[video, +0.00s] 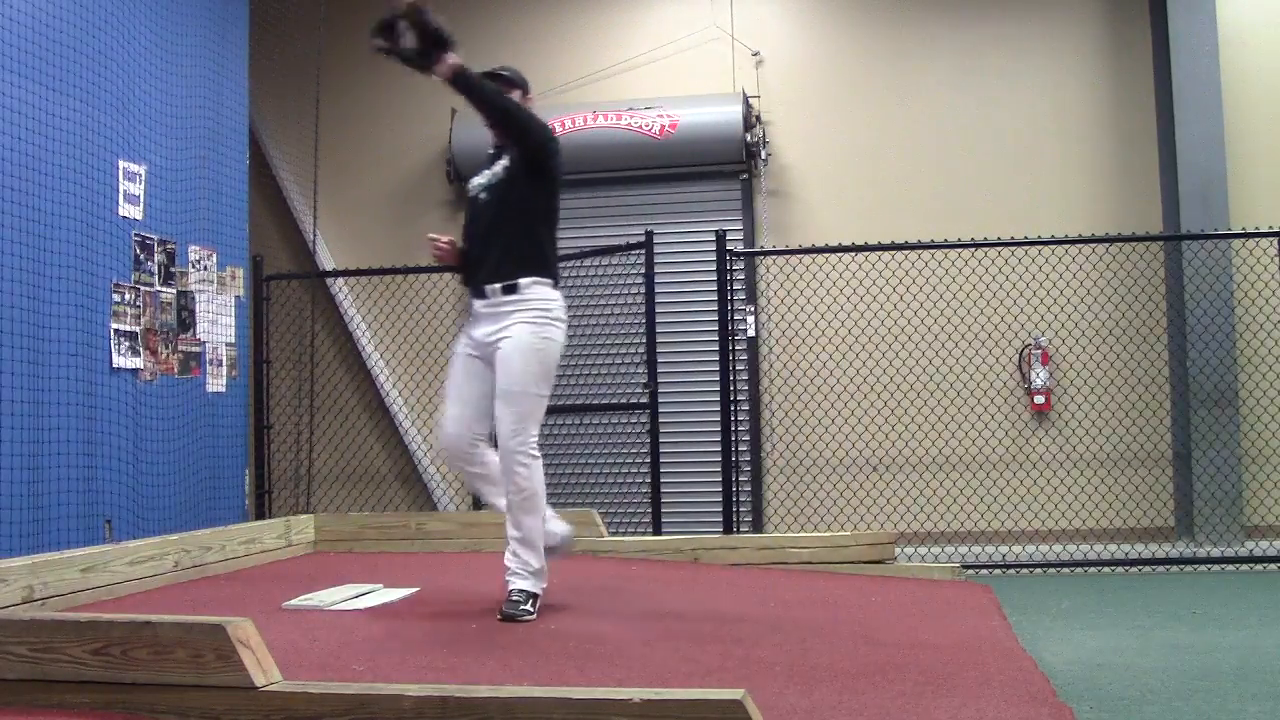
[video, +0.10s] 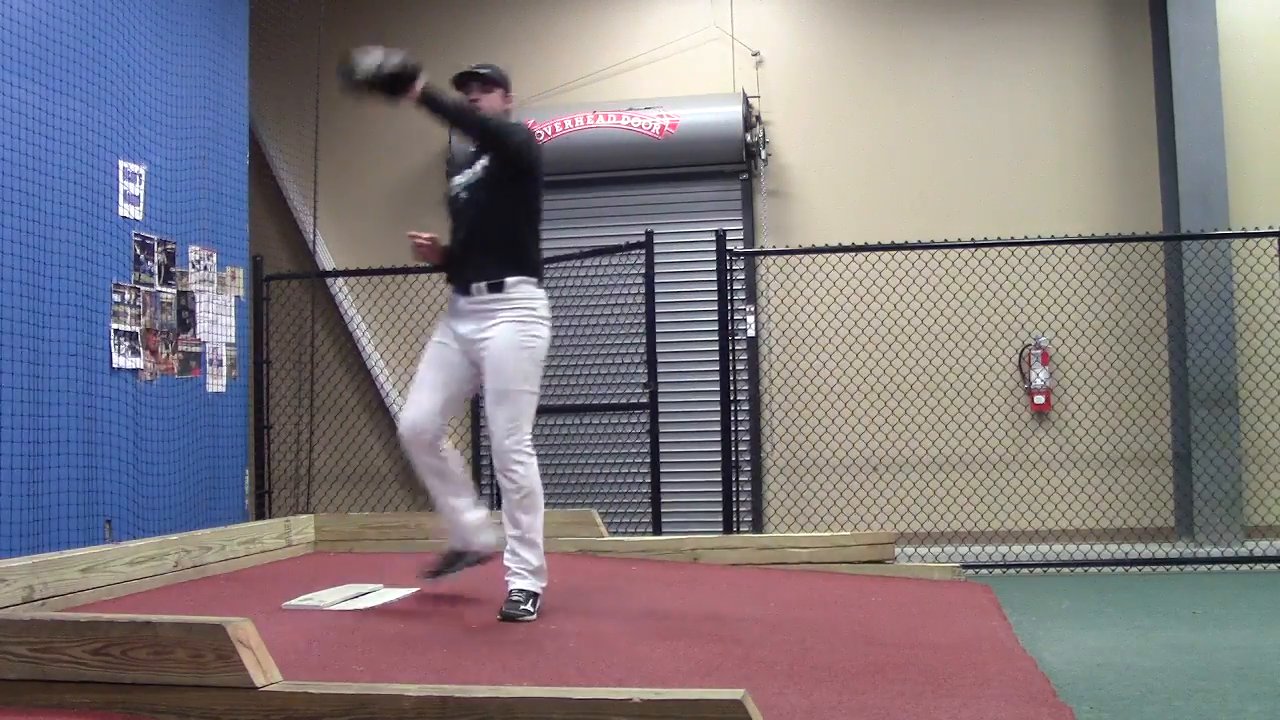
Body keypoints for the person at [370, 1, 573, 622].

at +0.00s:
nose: (497, 110)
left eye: (506, 99)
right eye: (488, 102)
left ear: (528, 102)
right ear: (479, 111)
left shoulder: (543, 152)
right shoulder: (482, 179)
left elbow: (509, 115)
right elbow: (492, 256)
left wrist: (447, 67)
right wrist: (459, 256)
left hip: (529, 312)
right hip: (480, 318)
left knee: (517, 444)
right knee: (457, 439)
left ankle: (524, 580)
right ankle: (546, 528)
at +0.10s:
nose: (473, 98)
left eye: (484, 90)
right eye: (465, 93)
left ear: (507, 99)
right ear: (458, 101)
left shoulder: (521, 144)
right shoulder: (460, 162)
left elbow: (476, 129)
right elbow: (478, 250)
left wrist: (418, 93)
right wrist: (444, 253)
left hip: (514, 312)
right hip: (462, 315)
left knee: (510, 446)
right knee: (418, 427)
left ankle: (526, 580)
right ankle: (471, 535)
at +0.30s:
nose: (422, 111)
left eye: (432, 101)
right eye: (416, 104)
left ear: (458, 107)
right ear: (412, 114)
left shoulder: (481, 157)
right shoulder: (409, 179)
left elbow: (489, 212)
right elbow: (422, 259)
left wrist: (413, 198)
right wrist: (390, 258)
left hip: (478, 317)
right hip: (418, 320)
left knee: (491, 447)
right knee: (376, 442)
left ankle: (522, 581)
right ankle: (344, 565)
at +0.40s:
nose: (399, 127)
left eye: (408, 117)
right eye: (391, 119)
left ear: (431, 115)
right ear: (381, 123)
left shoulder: (463, 170)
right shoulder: (376, 180)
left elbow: (490, 236)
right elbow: (364, 247)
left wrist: (428, 230)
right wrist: (367, 260)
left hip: (453, 326)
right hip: (389, 325)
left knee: (479, 448)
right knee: (364, 446)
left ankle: (516, 579)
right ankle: (345, 567)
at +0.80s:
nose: (397, 135)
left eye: (405, 127)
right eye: (388, 127)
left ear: (419, 119)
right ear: (371, 116)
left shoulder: (438, 165)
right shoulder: (340, 165)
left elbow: (455, 227)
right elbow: (302, 227)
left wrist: (468, 260)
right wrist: (319, 279)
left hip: (423, 316)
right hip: (360, 314)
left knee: (424, 438)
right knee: (355, 442)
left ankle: (397, 561)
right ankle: (343, 564)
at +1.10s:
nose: (441, 117)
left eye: (446, 109)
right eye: (432, 108)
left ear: (447, 112)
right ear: (404, 108)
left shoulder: (449, 176)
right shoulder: (358, 156)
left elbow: (450, 245)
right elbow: (305, 218)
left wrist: (450, 294)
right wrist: (323, 277)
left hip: (416, 316)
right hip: (355, 308)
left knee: (401, 443)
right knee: (354, 436)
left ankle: (390, 564)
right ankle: (335, 562)